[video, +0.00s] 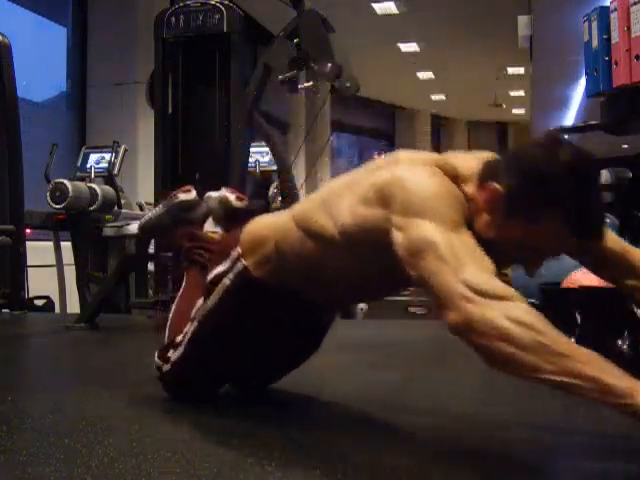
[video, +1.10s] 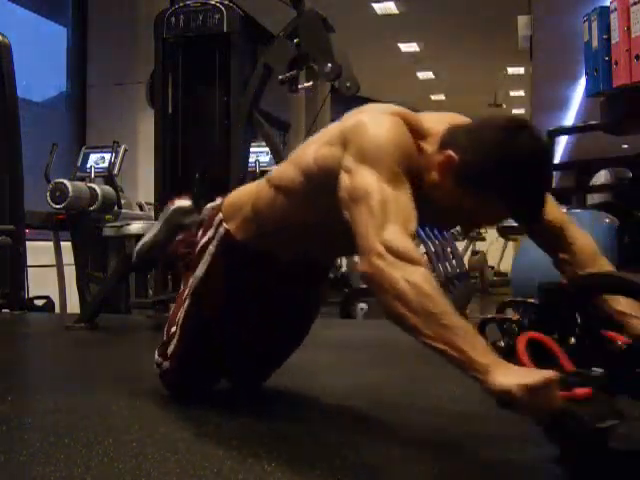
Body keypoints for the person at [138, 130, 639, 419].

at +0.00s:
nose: (527, 264)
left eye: (543, 255)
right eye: (529, 249)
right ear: (494, 204)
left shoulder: (520, 184)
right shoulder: (418, 190)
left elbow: (622, 264)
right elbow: (483, 316)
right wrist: (628, 391)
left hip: (317, 302)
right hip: (261, 282)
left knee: (244, 382)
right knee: (179, 377)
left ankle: (233, 248)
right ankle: (200, 259)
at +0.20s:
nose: (555, 302)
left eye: (583, 309)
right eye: (564, 296)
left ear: (545, 249)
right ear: (541, 259)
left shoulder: (540, 217)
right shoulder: (469, 239)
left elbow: (569, 325)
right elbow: (540, 353)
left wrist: (633, 375)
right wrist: (639, 393)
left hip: (330, 316)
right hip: (283, 303)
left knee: (249, 376)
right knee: (185, 372)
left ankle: (254, 246)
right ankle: (226, 250)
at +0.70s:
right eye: (552, 302)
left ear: (540, 251)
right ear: (536, 260)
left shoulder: (541, 214)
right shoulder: (464, 224)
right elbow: (521, 341)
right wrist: (637, 392)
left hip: (330, 315)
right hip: (283, 298)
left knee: (238, 378)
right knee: (184, 372)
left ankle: (261, 252)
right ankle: (233, 256)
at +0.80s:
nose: (514, 283)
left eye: (533, 283)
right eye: (528, 275)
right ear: (514, 233)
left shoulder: (526, 190)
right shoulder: (444, 199)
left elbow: (611, 238)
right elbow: (494, 321)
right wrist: (632, 393)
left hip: (327, 302)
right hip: (275, 285)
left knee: (255, 378)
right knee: (183, 373)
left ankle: (257, 246)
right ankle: (227, 249)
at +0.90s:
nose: (503, 273)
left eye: (517, 269)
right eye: (509, 259)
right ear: (492, 210)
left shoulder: (529, 187)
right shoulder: (421, 174)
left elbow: (623, 261)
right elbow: (458, 299)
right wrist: (597, 390)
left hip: (324, 294)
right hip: (262, 271)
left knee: (250, 382)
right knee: (185, 377)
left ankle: (240, 229)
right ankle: (220, 242)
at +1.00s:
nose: (483, 247)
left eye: (498, 243)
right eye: (488, 236)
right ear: (467, 191)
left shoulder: (496, 164)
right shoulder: (398, 152)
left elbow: (591, 247)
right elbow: (422, 282)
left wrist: (637, 293)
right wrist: (540, 380)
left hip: (315, 279)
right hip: (252, 255)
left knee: (247, 381)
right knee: (181, 377)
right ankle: (209, 240)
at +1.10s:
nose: (466, 228)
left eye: (479, 224)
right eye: (469, 217)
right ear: (447, 168)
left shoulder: (480, 148)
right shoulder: (376, 136)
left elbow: (558, 231)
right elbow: (390, 266)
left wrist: (614, 302)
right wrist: (493, 369)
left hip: (304, 271)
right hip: (238, 252)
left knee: (243, 381)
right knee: (182, 381)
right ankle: (190, 254)